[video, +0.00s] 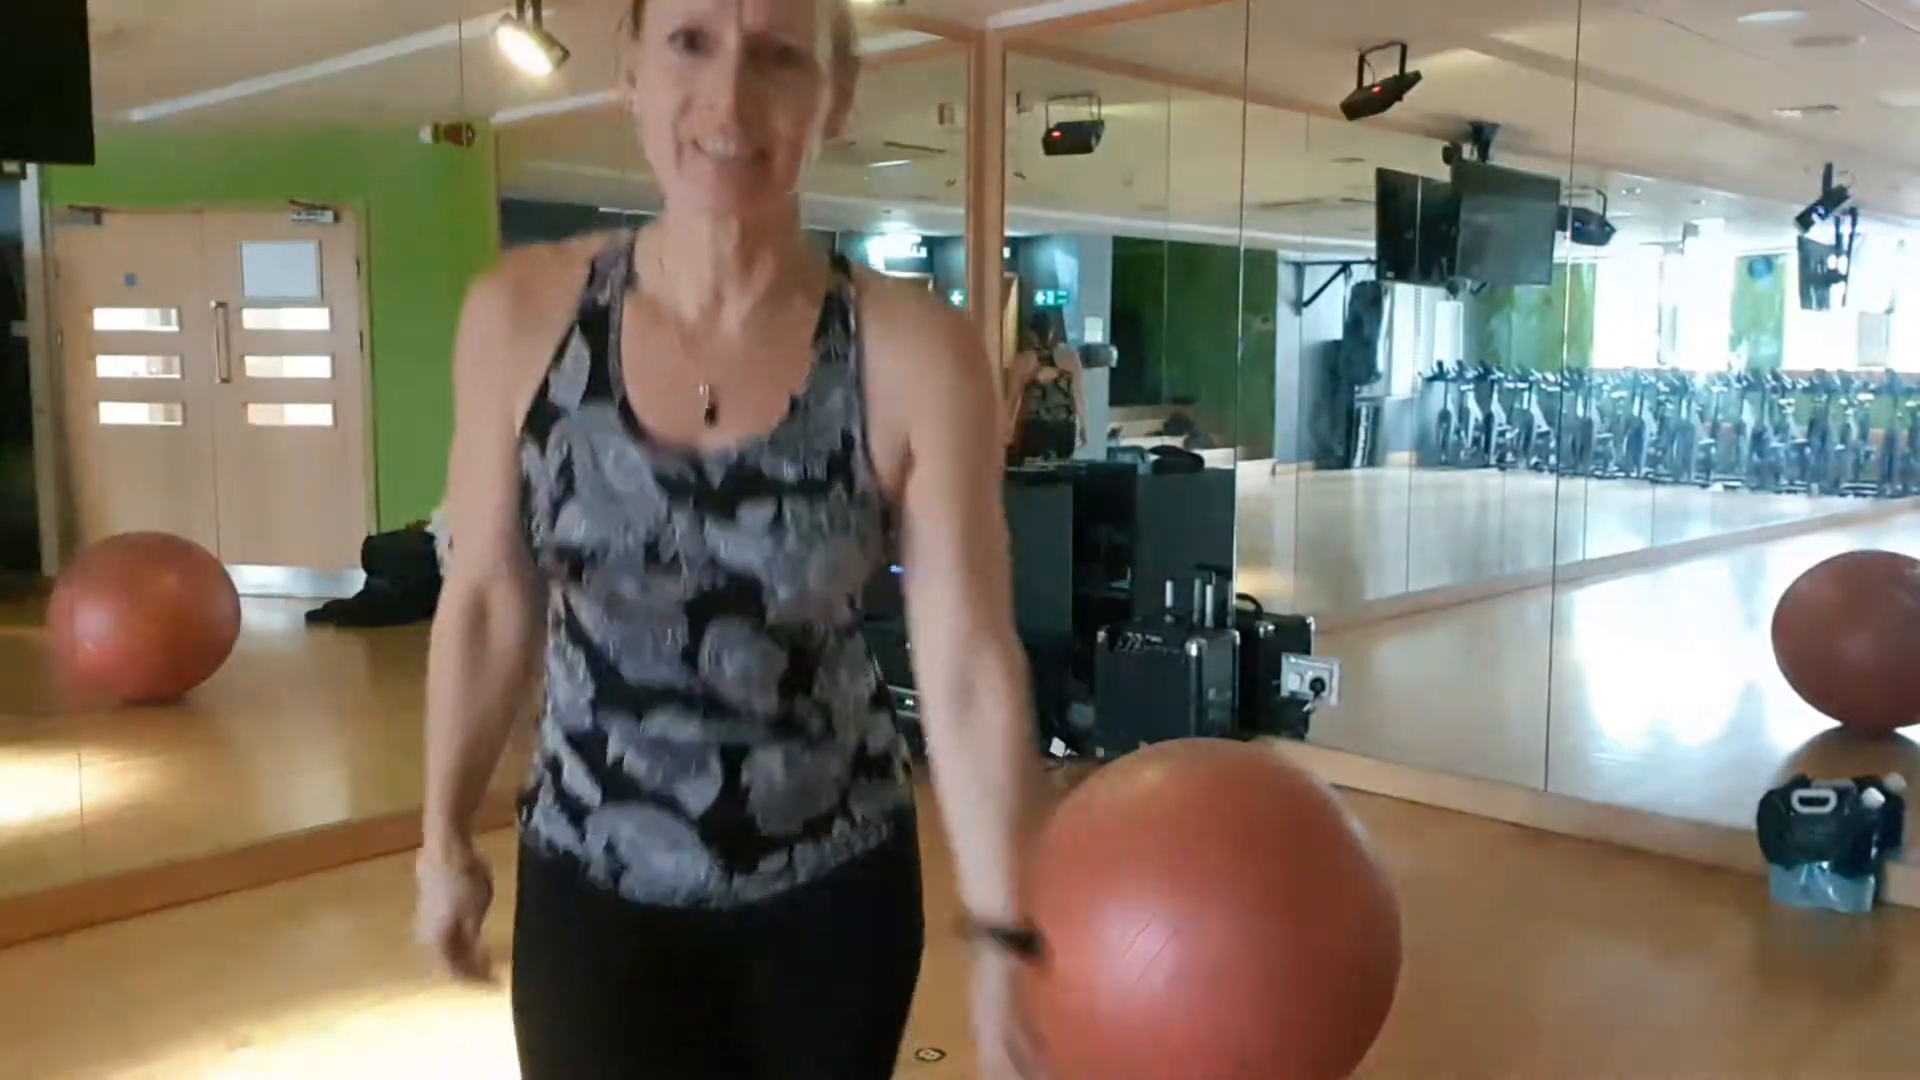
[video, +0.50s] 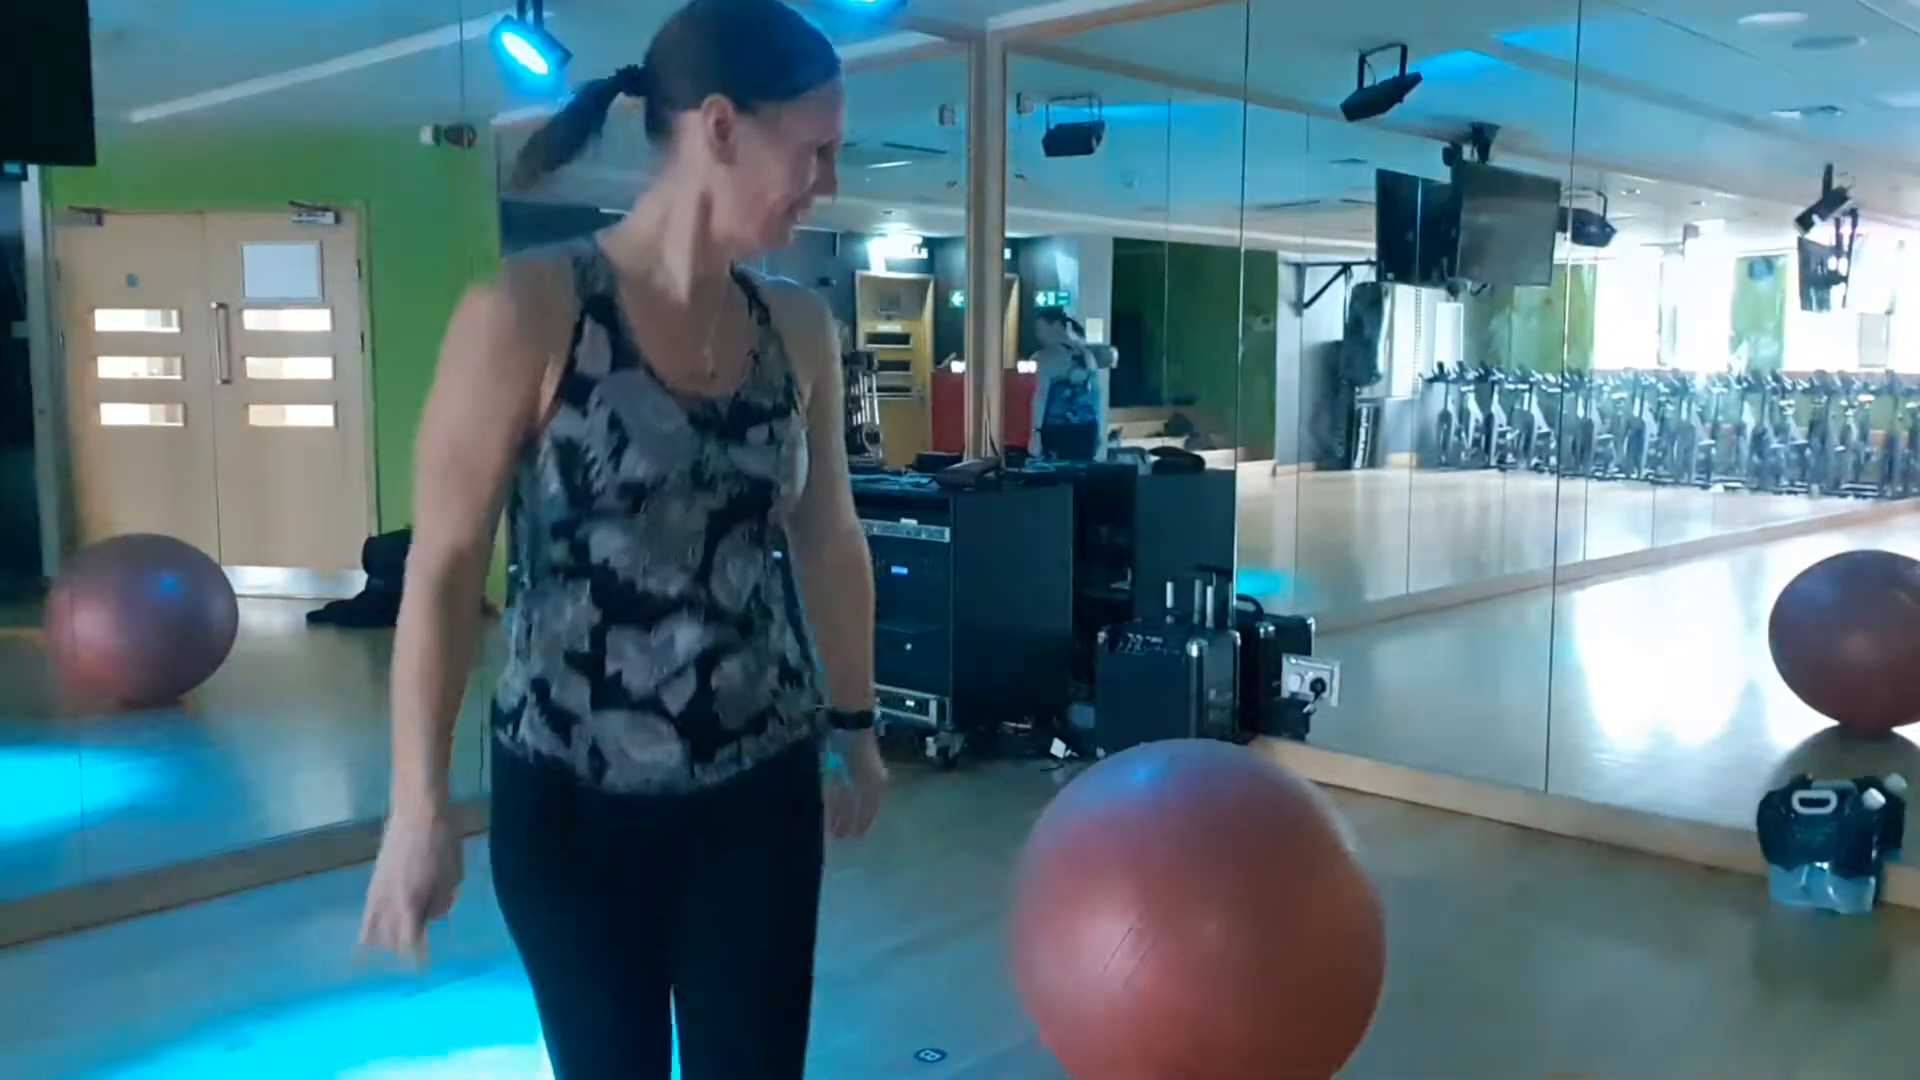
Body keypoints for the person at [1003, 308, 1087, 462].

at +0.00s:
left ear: (1030, 333)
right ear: (1052, 332)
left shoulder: (1024, 360)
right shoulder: (1069, 357)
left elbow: (1014, 398)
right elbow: (1078, 396)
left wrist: (1009, 429)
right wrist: (1082, 426)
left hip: (1033, 428)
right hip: (1064, 428)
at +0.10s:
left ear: (1035, 330)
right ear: (1057, 328)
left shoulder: (1026, 356)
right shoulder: (1073, 355)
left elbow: (1020, 395)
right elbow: (1081, 392)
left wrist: (1017, 428)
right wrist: (1086, 422)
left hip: (1037, 423)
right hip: (1067, 423)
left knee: (1036, 477)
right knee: (1063, 475)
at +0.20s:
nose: (1035, 334)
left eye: (1036, 330)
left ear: (1040, 330)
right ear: (1062, 327)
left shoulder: (1031, 357)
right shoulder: (1077, 356)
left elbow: (1027, 395)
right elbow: (1086, 393)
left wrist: (1024, 425)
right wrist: (1094, 422)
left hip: (1042, 424)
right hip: (1071, 424)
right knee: (1070, 476)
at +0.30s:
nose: (1036, 338)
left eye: (1039, 333)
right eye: (1037, 333)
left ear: (1047, 332)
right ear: (1062, 330)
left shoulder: (1039, 359)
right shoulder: (1081, 356)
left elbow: (1031, 396)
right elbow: (1089, 395)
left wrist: (1026, 428)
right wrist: (1096, 426)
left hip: (1047, 425)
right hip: (1076, 424)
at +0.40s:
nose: (1037, 335)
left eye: (1039, 329)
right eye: (1036, 329)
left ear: (1052, 328)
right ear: (1061, 327)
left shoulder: (1048, 356)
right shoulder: (1084, 354)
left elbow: (1039, 394)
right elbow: (1093, 397)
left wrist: (1033, 428)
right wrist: (1096, 432)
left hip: (1054, 428)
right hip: (1083, 427)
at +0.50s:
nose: (1038, 335)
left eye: (1040, 328)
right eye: (1037, 329)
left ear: (1056, 325)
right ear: (1062, 325)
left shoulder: (1045, 357)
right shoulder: (1086, 353)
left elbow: (1040, 397)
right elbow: (1096, 396)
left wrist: (1036, 430)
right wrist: (1100, 431)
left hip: (1056, 428)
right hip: (1086, 428)